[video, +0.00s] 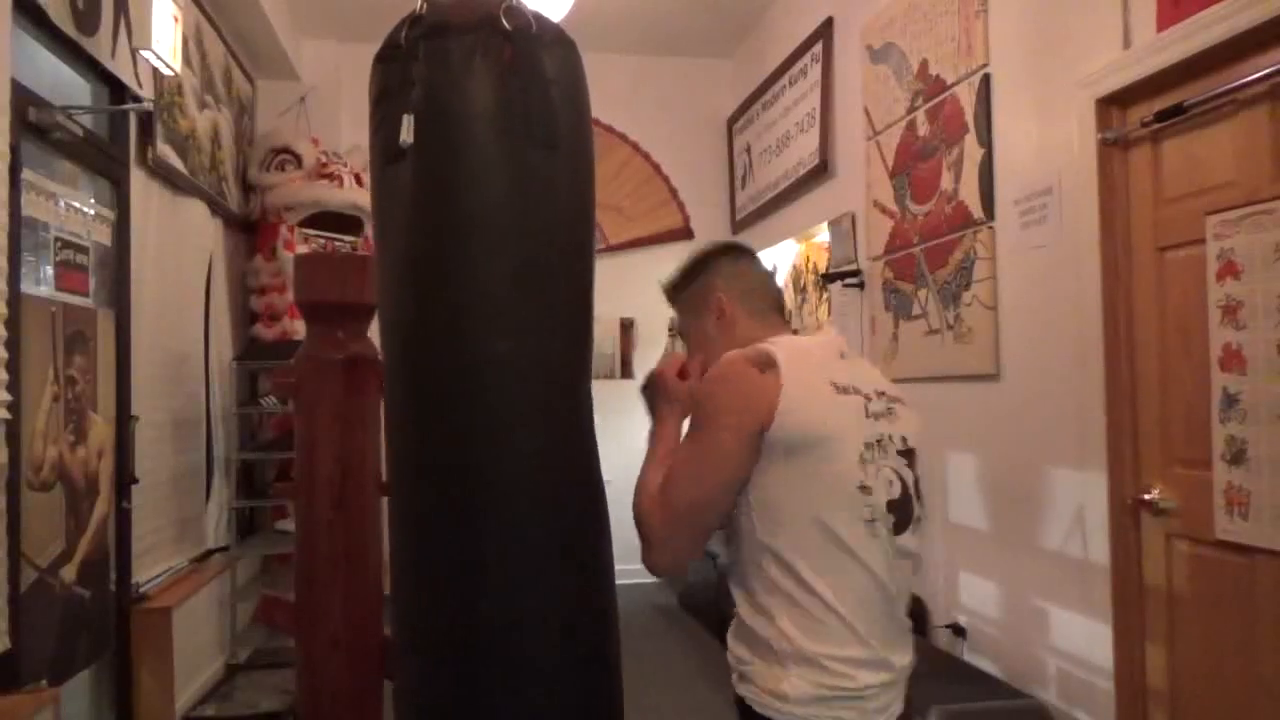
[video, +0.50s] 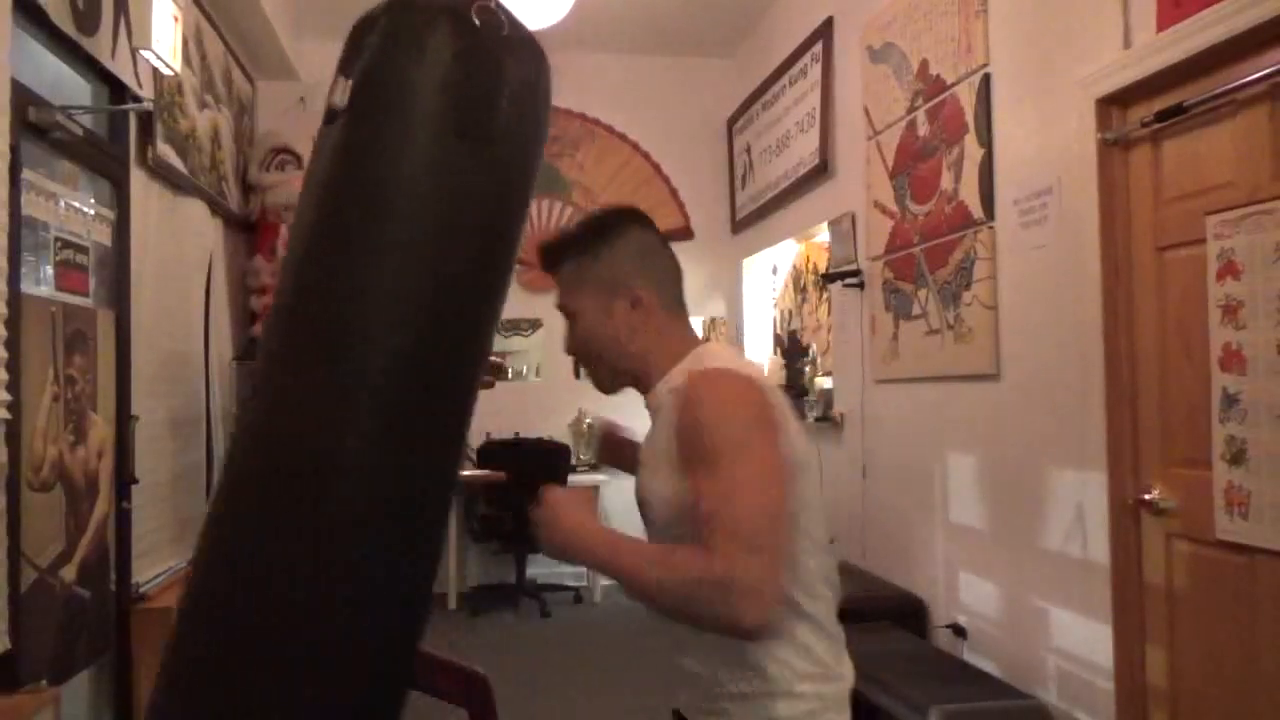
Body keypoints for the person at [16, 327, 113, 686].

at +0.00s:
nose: (70, 392)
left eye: (76, 383)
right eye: (65, 385)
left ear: (89, 386)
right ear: (59, 391)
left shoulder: (103, 431)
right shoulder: (61, 437)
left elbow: (106, 500)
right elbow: (38, 479)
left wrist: (76, 562)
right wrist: (47, 400)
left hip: (104, 547)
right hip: (74, 547)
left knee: (103, 620)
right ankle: (59, 684)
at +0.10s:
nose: (71, 392)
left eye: (77, 383)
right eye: (65, 384)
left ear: (91, 384)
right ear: (60, 389)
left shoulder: (103, 431)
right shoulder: (62, 436)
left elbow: (105, 502)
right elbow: (38, 480)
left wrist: (75, 563)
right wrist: (46, 401)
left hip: (103, 551)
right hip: (74, 550)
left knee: (102, 631)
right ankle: (59, 690)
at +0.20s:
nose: (71, 392)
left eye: (77, 383)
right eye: (65, 384)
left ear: (91, 385)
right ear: (60, 389)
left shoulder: (103, 430)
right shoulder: (61, 435)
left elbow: (105, 501)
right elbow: (38, 480)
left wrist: (76, 562)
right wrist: (46, 401)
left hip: (104, 549)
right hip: (75, 549)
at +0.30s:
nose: (71, 391)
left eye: (77, 382)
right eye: (66, 383)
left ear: (91, 385)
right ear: (61, 390)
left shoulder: (104, 431)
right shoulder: (62, 438)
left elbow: (105, 501)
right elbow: (38, 480)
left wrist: (75, 562)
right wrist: (45, 401)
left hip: (102, 550)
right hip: (73, 549)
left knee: (99, 627)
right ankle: (56, 685)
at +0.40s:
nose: (71, 391)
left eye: (76, 382)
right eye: (65, 383)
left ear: (90, 385)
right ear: (60, 390)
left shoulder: (103, 432)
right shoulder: (62, 437)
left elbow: (104, 503)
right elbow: (39, 481)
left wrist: (75, 563)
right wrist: (46, 401)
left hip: (100, 550)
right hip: (72, 548)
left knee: (98, 626)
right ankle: (58, 684)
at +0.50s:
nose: (69, 390)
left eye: (74, 381)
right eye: (63, 383)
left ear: (90, 384)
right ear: (60, 389)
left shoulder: (103, 433)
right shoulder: (62, 438)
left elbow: (104, 502)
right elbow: (38, 481)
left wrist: (76, 562)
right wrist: (45, 402)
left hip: (100, 548)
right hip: (73, 547)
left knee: (98, 623)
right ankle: (59, 686)